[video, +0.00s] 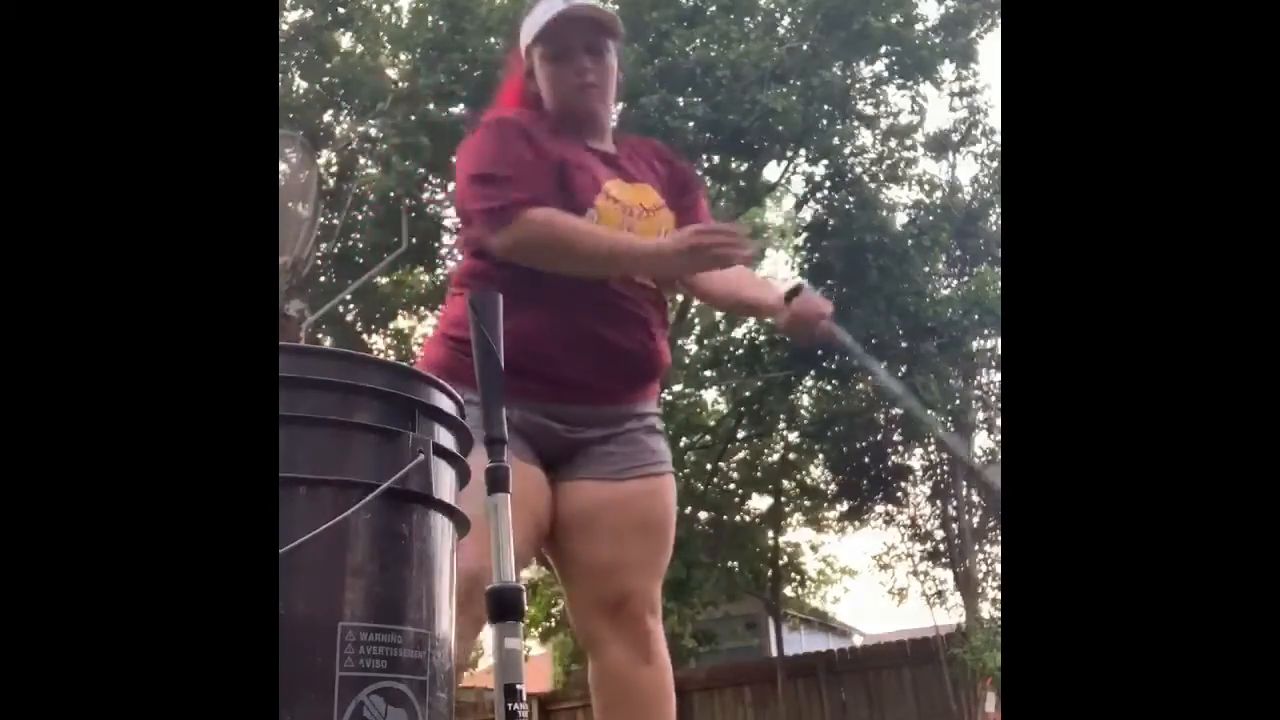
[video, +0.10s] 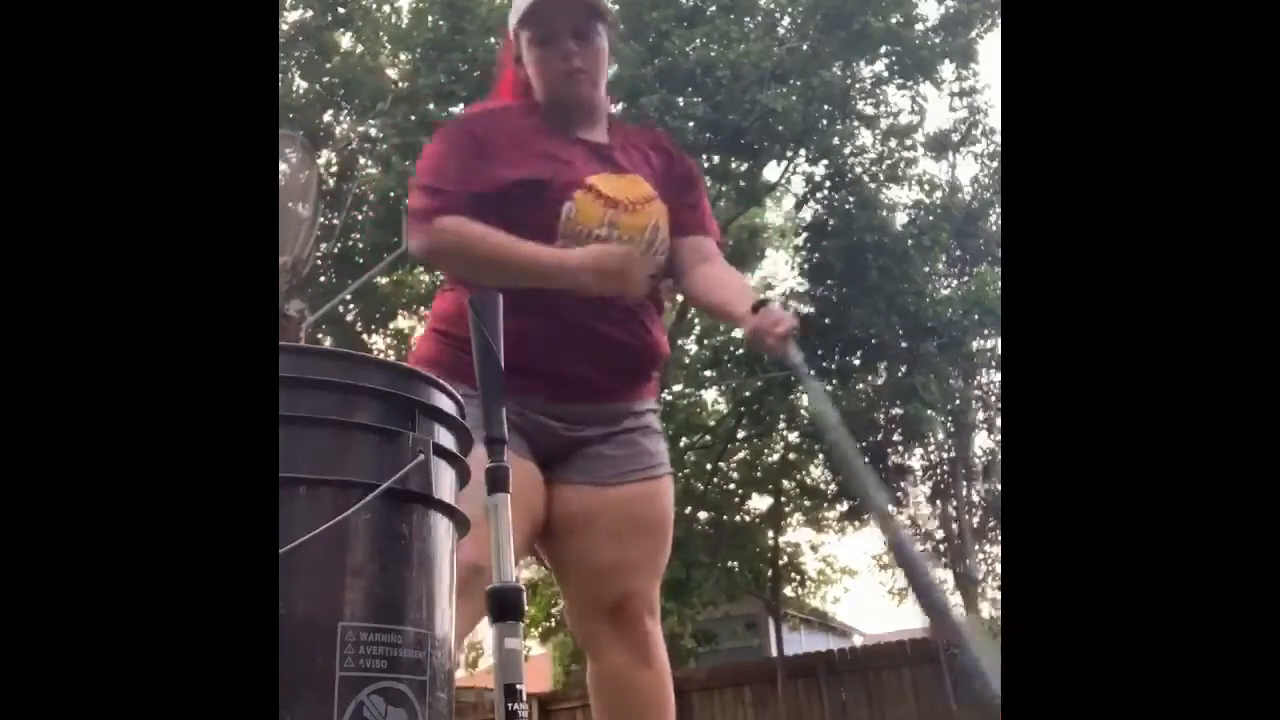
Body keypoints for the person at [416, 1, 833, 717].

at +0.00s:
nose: (584, 66)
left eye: (597, 50)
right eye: (561, 55)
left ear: (620, 63)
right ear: (530, 70)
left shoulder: (662, 167)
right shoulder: (504, 138)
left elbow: (700, 271)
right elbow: (511, 230)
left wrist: (779, 299)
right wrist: (654, 254)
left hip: (620, 423)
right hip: (486, 407)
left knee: (632, 628)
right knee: (473, 578)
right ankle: (405, 706)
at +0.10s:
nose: (569, 54)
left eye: (584, 36)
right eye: (548, 42)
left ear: (609, 46)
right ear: (520, 55)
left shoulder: (655, 152)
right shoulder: (474, 135)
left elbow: (700, 259)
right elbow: (430, 236)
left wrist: (752, 308)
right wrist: (576, 265)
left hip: (618, 419)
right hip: (481, 402)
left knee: (630, 622)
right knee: (467, 568)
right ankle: (398, 706)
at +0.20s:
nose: (544, 32)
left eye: (560, 16)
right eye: (522, 20)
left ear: (589, 28)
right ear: (495, 38)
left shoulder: (644, 142)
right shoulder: (449, 125)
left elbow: (682, 252)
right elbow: (371, 233)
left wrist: (714, 308)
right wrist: (462, 276)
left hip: (605, 418)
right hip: (467, 407)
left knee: (626, 625)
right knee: (455, 577)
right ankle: (391, 701)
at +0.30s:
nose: (504, 17)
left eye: (524, 1)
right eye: (482, 2)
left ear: (555, 17)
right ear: (454, 18)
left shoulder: (612, 127)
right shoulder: (396, 123)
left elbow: (653, 248)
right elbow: (318, 238)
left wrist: (689, 305)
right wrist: (354, 303)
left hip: (586, 419)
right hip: (449, 417)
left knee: (616, 639)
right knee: (424, 632)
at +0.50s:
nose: (410, 7)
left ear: (467, 3)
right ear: (353, 11)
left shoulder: (532, 87)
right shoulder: (310, 130)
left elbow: (601, 207)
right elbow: (285, 275)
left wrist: (660, 278)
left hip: (524, 403)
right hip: (370, 413)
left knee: (574, 617)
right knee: (357, 638)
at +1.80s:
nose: (417, 22)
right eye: (386, 3)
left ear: (467, 7)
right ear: (345, 22)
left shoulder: (529, 94)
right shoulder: (300, 121)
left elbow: (600, 198)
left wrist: (675, 275)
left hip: (515, 389)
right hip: (359, 399)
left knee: (575, 606)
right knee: (329, 623)